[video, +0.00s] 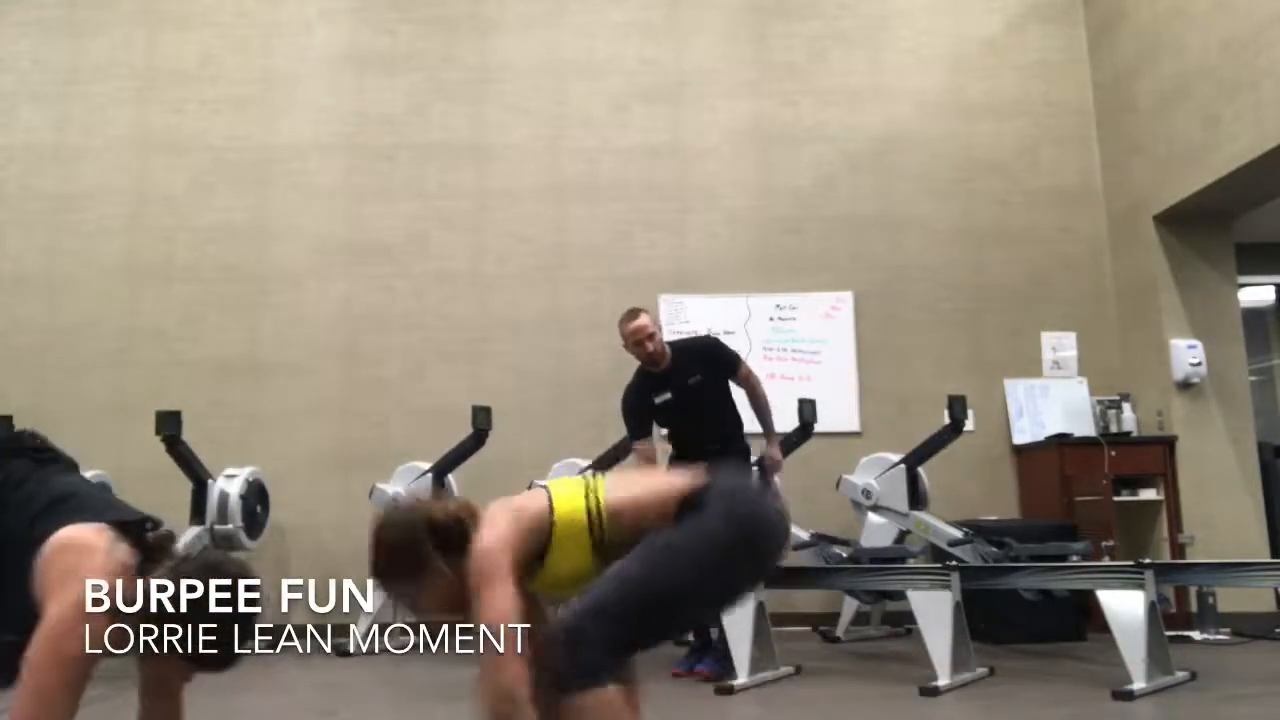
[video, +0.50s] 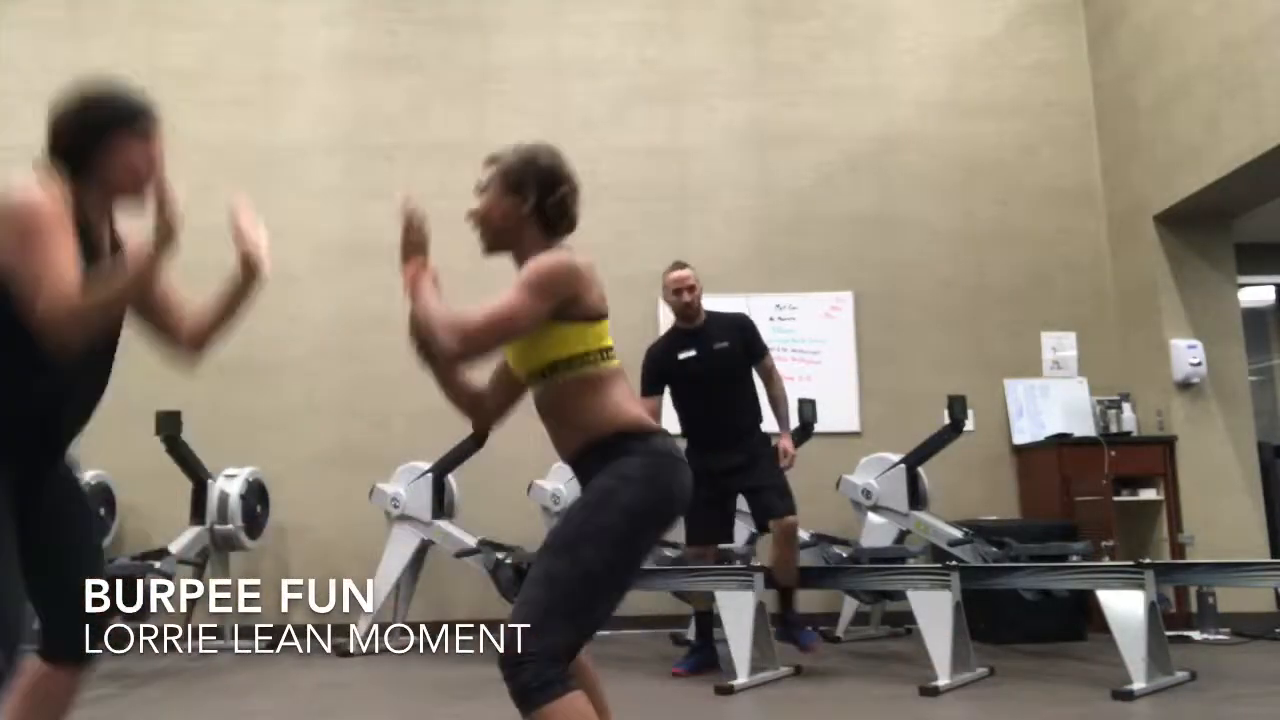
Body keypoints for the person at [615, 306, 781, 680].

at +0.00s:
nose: (648, 347)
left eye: (650, 336)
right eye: (638, 344)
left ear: (659, 329)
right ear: (628, 349)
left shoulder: (705, 351)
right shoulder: (636, 396)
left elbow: (750, 382)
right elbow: (645, 457)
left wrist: (771, 441)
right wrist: (650, 507)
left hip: (731, 461)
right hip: (686, 470)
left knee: (723, 552)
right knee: (687, 554)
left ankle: (725, 647)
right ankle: (700, 643)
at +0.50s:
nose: (687, 297)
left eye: (691, 288)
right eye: (678, 292)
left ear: (701, 290)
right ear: (666, 299)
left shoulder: (737, 327)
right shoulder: (659, 354)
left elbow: (771, 378)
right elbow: (650, 419)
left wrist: (785, 432)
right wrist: (656, 472)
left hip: (752, 450)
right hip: (703, 458)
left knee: (785, 523)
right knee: (700, 551)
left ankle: (787, 620)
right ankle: (703, 643)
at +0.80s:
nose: (749, 289)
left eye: (756, 281)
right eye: (742, 282)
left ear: (770, 283)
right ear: (732, 287)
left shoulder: (803, 331)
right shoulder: (720, 341)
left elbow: (834, 388)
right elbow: (706, 409)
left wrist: (845, 452)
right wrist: (704, 474)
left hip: (799, 458)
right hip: (748, 460)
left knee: (819, 550)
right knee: (730, 553)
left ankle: (843, 652)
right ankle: (710, 644)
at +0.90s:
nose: (766, 280)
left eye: (774, 271)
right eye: (760, 272)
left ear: (791, 275)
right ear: (751, 278)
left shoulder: (823, 322)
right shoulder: (738, 331)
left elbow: (858, 379)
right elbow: (730, 398)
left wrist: (868, 446)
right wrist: (733, 461)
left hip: (814, 452)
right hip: (764, 453)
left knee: (828, 551)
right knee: (747, 551)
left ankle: (843, 654)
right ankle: (736, 647)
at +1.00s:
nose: (771, 276)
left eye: (779, 268)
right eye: (764, 269)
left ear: (799, 272)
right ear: (758, 275)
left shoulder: (831, 320)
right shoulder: (747, 327)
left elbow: (868, 379)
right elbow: (741, 395)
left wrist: (876, 445)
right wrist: (752, 454)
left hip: (823, 448)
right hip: (773, 450)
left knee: (833, 548)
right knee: (762, 542)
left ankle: (844, 652)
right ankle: (778, 642)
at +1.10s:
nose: (773, 275)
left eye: (782, 266)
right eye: (767, 268)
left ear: (802, 270)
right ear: (761, 274)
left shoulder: (836, 318)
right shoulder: (754, 327)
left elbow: (871, 377)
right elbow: (750, 395)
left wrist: (877, 446)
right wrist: (764, 449)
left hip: (832, 444)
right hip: (784, 446)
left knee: (836, 545)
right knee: (781, 540)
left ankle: (845, 651)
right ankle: (815, 627)